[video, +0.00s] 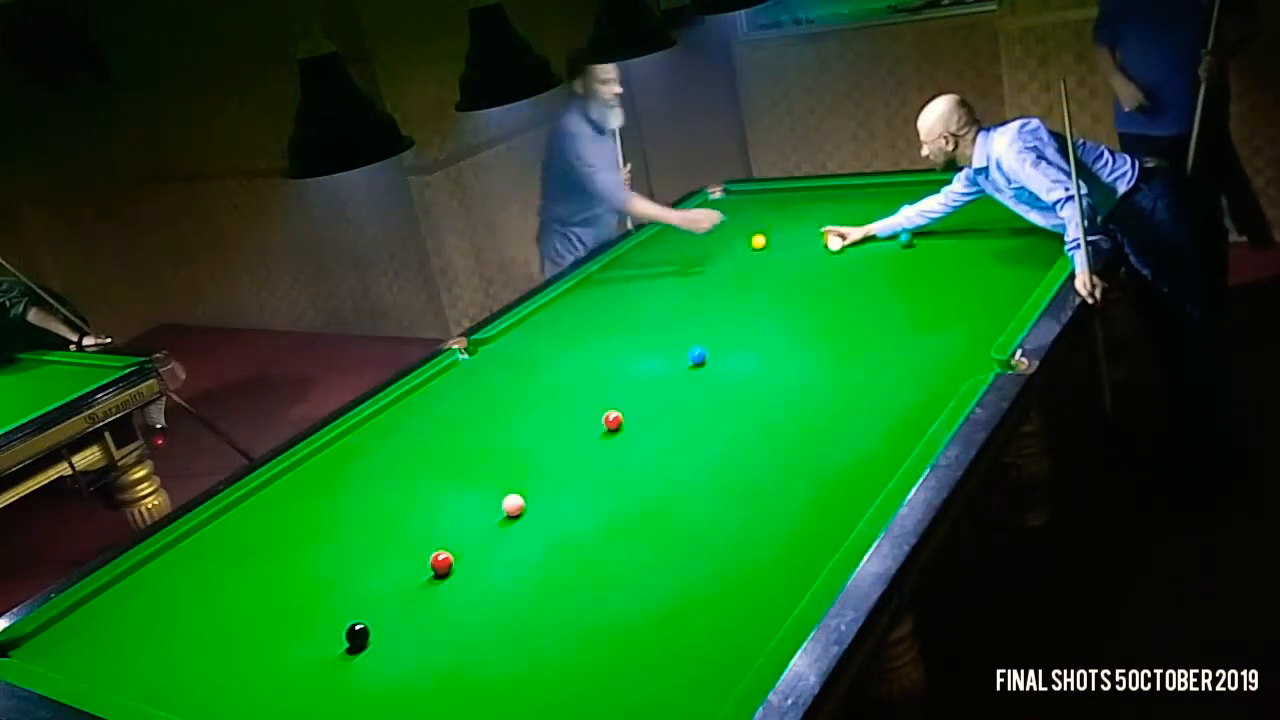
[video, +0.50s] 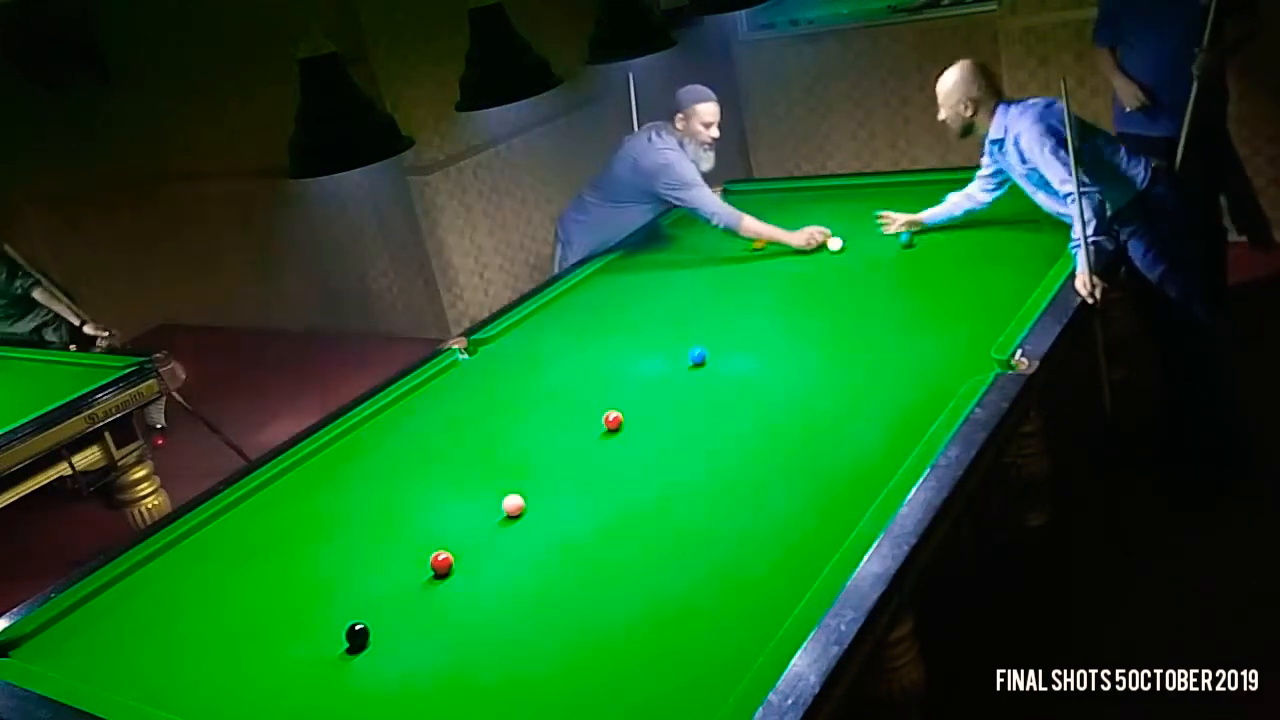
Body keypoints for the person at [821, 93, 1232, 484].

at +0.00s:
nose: (924, 150)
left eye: (927, 141)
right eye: (923, 143)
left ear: (952, 137)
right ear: (955, 134)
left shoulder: (1013, 145)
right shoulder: (979, 170)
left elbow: (1069, 196)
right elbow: (927, 210)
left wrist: (1081, 264)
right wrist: (861, 232)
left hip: (1148, 201)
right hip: (1124, 219)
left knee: (1194, 319)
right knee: (1174, 320)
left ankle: (1216, 444)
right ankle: (1197, 439)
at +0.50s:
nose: (940, 117)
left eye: (942, 106)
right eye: (938, 107)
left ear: (969, 103)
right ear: (971, 102)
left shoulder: (1030, 127)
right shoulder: (1000, 144)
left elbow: (1082, 190)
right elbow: (977, 195)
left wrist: (1086, 259)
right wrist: (917, 219)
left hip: (1147, 209)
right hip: (1122, 218)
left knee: (1190, 321)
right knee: (1171, 325)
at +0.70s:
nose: (975, 76)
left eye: (981, 65)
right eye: (975, 65)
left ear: (1010, 64)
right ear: (1011, 63)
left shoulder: (1060, 105)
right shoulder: (1038, 105)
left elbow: (1092, 188)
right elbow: (1053, 168)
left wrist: (1089, 261)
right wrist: (1000, 203)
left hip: (1154, 222)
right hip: (1128, 223)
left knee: (1189, 337)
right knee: (1168, 338)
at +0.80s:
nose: (998, 59)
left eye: (1005, 48)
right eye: (999, 48)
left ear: (1036, 47)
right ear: (1037, 46)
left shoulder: (1074, 95)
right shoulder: (1068, 87)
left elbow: (1099, 186)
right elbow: (1085, 165)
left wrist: (1092, 260)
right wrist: (1041, 195)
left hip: (1161, 231)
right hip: (1151, 225)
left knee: (1192, 348)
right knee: (1184, 343)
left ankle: (1217, 467)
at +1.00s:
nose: (1044, 39)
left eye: (1051, 28)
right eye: (1044, 29)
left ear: (1080, 29)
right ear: (1083, 29)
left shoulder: (1113, 85)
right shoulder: (1109, 75)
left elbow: (1119, 186)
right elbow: (1140, 154)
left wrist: (1095, 259)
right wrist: (1106, 182)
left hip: (1168, 237)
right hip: (1161, 233)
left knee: (1189, 359)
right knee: (1183, 356)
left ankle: (1211, 472)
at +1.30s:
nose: (1119, 21)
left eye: (1129, 11)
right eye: (1120, 12)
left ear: (1157, 16)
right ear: (1151, 20)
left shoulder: (1186, 78)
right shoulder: (1160, 73)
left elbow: (1170, 183)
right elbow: (1165, 152)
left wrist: (1126, 263)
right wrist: (1139, 192)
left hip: (1207, 243)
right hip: (1180, 236)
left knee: (1229, 362)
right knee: (1203, 357)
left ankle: (1241, 467)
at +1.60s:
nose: (1174, 12)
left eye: (1185, 5)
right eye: (1177, 6)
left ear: (1212, 9)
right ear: (1202, 15)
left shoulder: (1249, 73)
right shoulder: (1204, 66)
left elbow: (1250, 191)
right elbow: (1190, 150)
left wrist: (1196, 270)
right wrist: (1139, 195)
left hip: (1247, 243)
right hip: (1208, 234)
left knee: (1253, 365)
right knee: (1210, 357)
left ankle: (1252, 470)